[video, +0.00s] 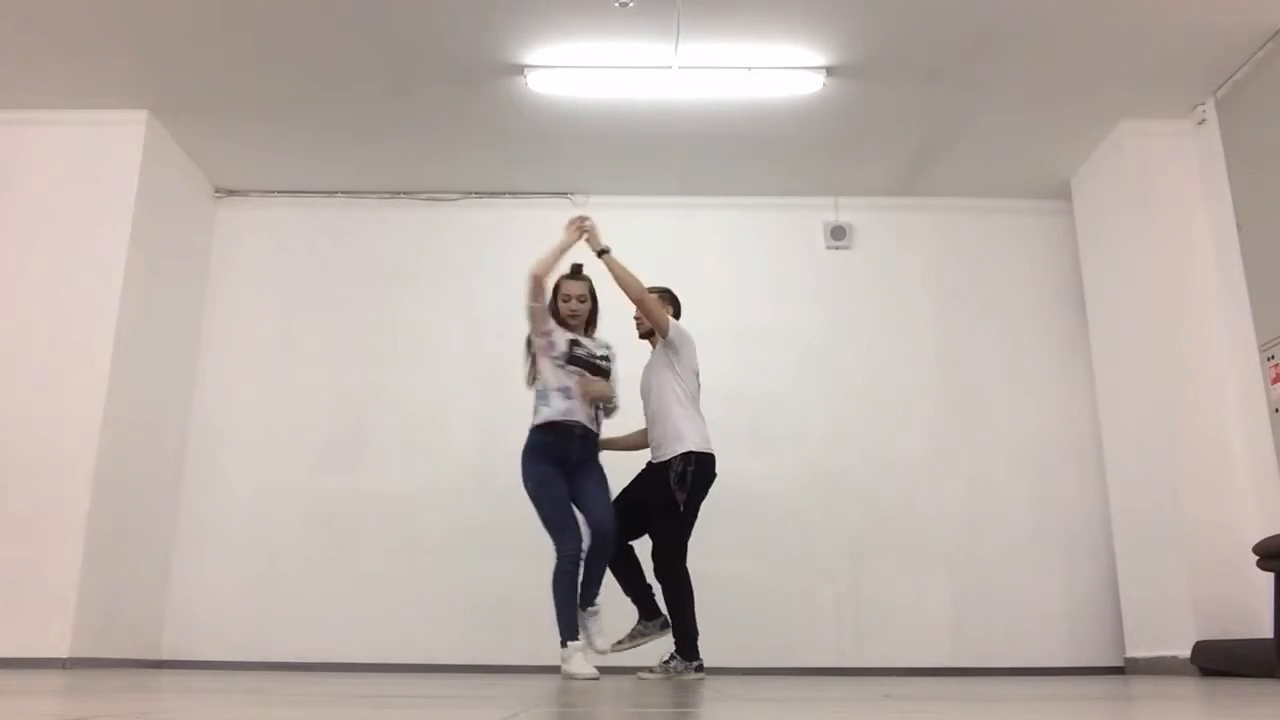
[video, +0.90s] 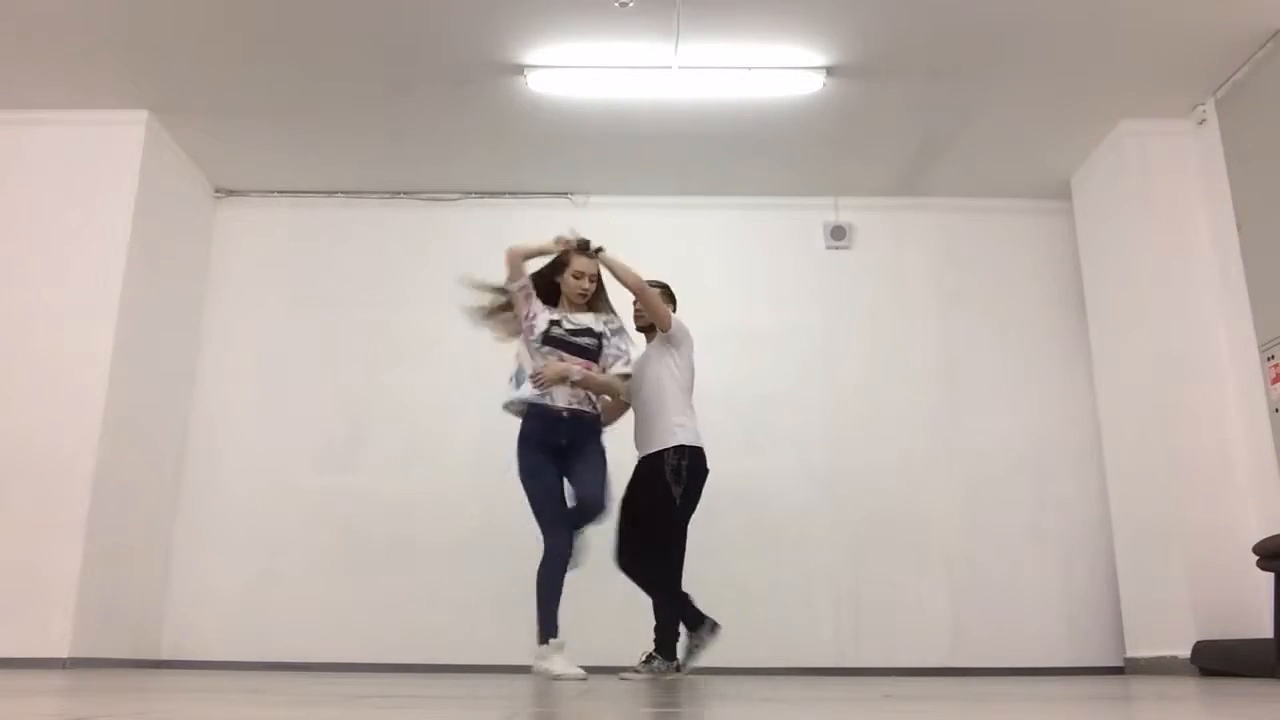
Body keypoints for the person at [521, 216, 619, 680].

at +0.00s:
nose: (574, 305)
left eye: (582, 299)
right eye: (567, 299)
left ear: (592, 305)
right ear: (555, 303)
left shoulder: (603, 351)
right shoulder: (546, 338)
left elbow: (610, 407)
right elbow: (536, 280)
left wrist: (600, 392)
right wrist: (567, 241)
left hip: (585, 457)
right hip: (543, 453)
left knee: (607, 532)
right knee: (568, 544)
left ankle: (586, 607)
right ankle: (570, 648)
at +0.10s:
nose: (567, 302)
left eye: (576, 295)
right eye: (561, 295)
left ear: (588, 298)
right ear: (552, 297)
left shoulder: (606, 341)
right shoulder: (536, 332)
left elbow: (623, 397)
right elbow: (513, 278)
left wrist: (576, 390)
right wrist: (557, 244)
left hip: (583, 445)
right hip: (540, 443)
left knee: (554, 519)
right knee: (552, 535)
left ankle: (583, 613)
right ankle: (571, 637)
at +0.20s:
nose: (563, 298)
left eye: (572, 290)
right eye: (557, 291)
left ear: (584, 295)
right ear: (548, 295)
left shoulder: (590, 334)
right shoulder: (542, 329)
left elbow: (592, 383)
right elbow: (519, 290)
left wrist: (548, 386)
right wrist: (556, 264)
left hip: (576, 445)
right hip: (550, 444)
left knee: (531, 533)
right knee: (555, 552)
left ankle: (538, 643)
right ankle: (599, 647)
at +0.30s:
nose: (548, 293)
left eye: (557, 287)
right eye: (544, 288)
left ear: (575, 292)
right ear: (545, 292)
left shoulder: (553, 327)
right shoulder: (577, 328)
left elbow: (525, 381)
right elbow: (577, 294)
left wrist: (535, 373)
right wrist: (593, 268)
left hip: (552, 450)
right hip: (576, 451)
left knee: (515, 543)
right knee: (545, 551)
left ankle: (526, 650)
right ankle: (593, 643)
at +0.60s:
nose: (589, 290)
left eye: (582, 285)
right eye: (586, 285)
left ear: (539, 291)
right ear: (582, 291)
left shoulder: (523, 323)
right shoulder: (589, 319)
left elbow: (512, 384)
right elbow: (635, 288)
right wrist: (622, 236)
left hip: (513, 442)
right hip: (558, 443)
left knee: (518, 548)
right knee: (593, 547)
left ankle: (511, 652)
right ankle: (551, 643)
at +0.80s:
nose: (583, 287)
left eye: (590, 281)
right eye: (576, 279)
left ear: (595, 288)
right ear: (558, 282)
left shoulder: (592, 332)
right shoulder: (543, 318)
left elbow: (604, 397)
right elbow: (545, 262)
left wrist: (587, 380)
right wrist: (571, 237)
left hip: (568, 447)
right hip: (538, 444)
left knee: (610, 529)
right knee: (568, 542)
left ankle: (528, 564)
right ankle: (543, 648)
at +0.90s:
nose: (584, 284)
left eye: (591, 278)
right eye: (576, 276)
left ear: (597, 282)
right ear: (558, 277)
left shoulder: (610, 328)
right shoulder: (536, 315)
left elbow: (620, 390)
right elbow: (514, 257)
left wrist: (571, 371)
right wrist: (557, 245)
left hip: (586, 434)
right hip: (539, 434)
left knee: (594, 503)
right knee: (557, 538)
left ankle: (564, 528)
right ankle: (548, 648)